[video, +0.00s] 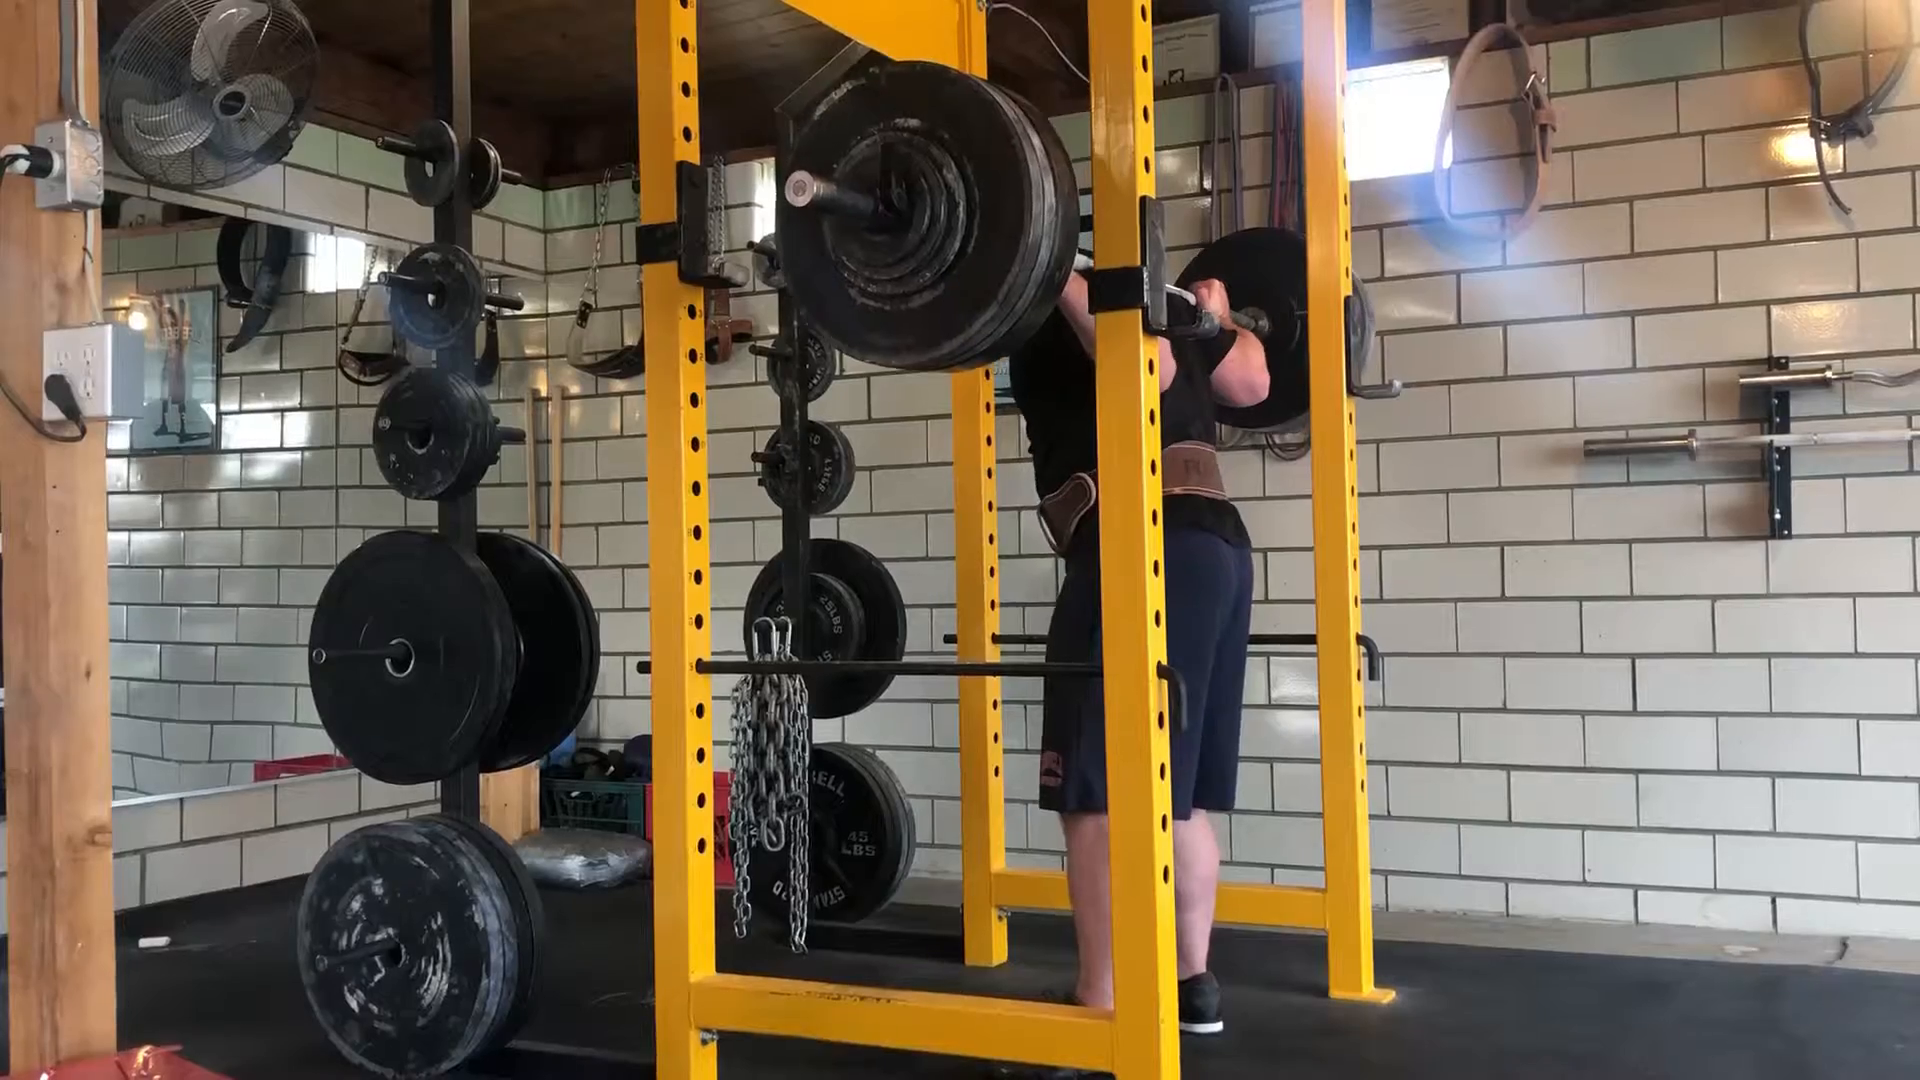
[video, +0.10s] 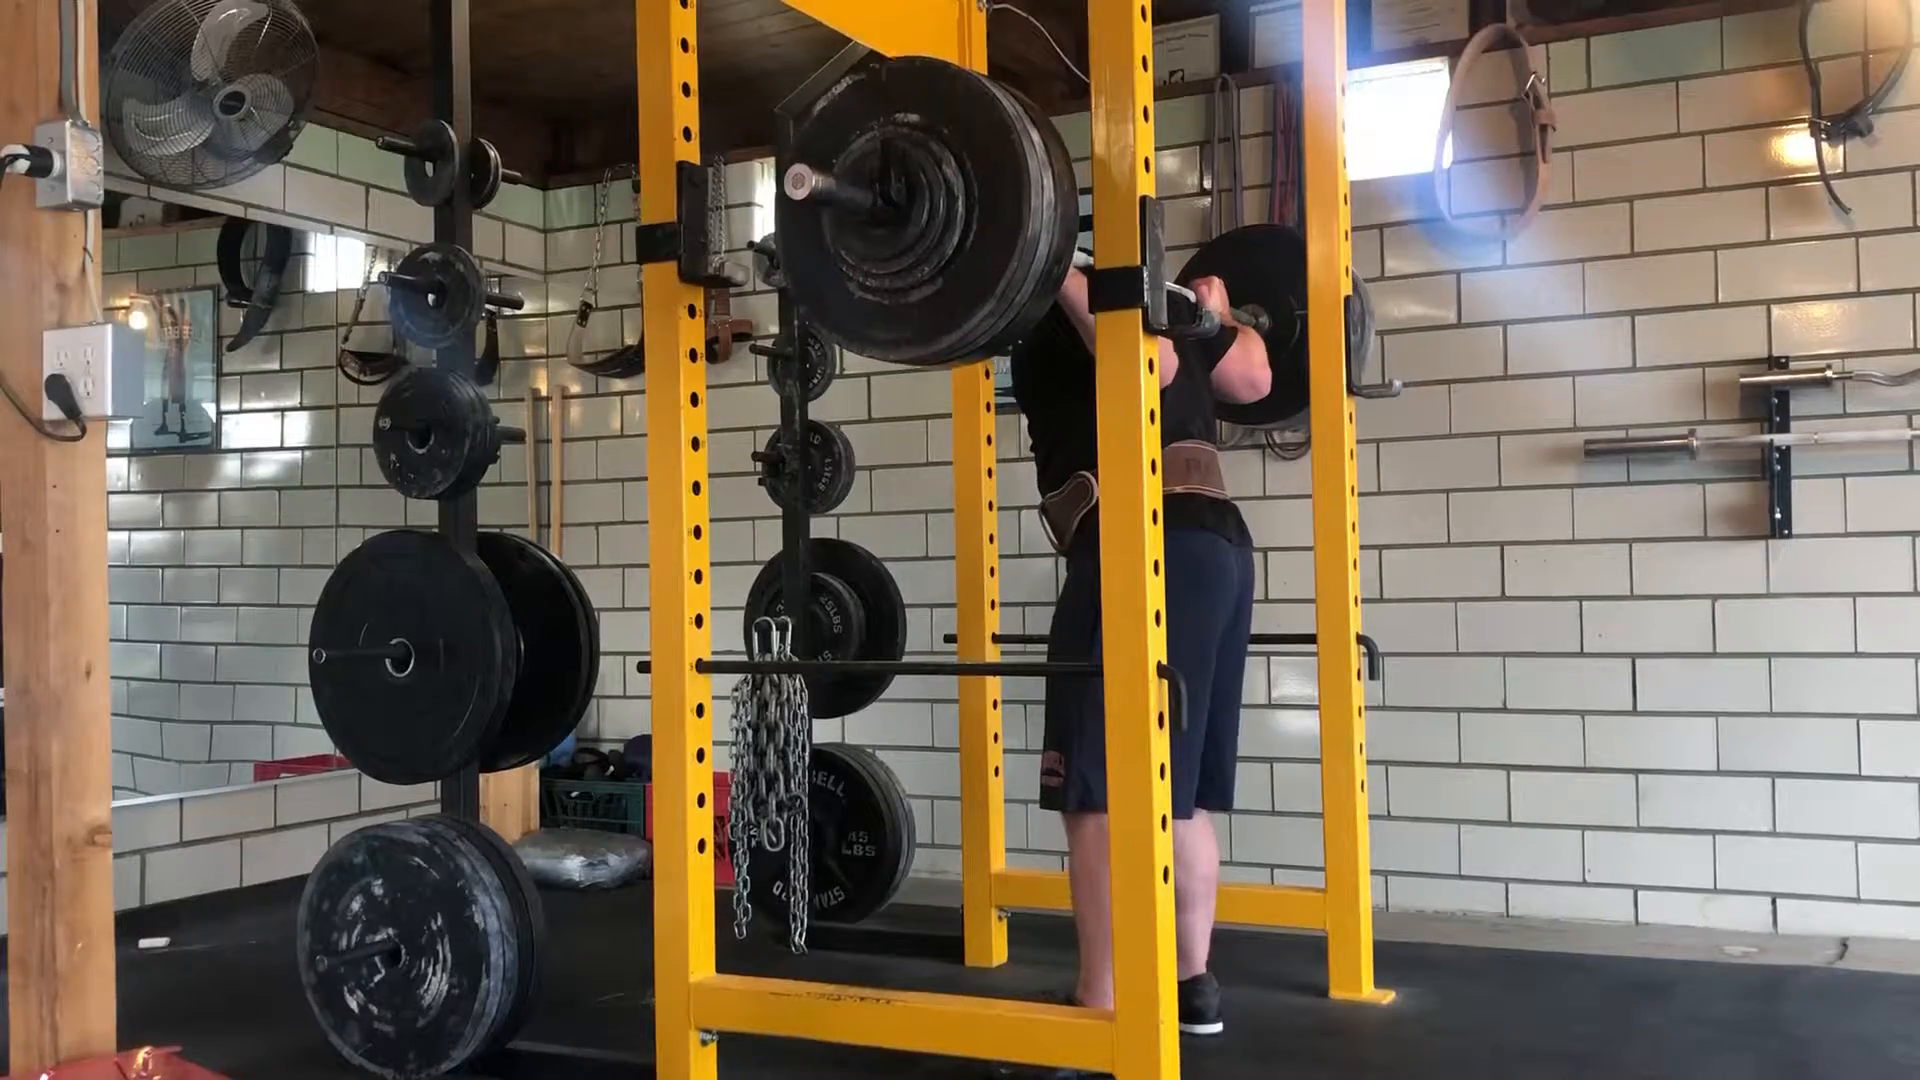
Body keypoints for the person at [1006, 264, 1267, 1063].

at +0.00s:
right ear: (1072, 225)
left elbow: (1145, 373)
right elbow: (1252, 380)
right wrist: (1214, 314)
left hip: (1130, 540)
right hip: (1215, 544)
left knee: (1090, 781)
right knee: (1191, 780)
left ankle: (1099, 1001)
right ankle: (1194, 985)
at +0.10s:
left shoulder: (1057, 305)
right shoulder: (1173, 305)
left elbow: (1153, 368)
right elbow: (1254, 377)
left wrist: (1067, 280)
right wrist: (1216, 311)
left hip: (1133, 542)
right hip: (1215, 546)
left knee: (1094, 787)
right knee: (1187, 786)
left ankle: (1099, 1004)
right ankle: (1192, 984)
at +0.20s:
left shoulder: (1058, 309)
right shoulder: (1174, 308)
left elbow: (1152, 368)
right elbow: (1254, 377)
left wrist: (1063, 276)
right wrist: (1218, 310)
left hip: (1135, 541)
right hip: (1217, 548)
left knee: (1097, 789)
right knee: (1188, 788)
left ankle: (1101, 1005)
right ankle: (1193, 986)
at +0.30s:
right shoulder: (1180, 314)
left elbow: (1148, 369)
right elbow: (1253, 379)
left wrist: (1066, 280)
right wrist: (1215, 312)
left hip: (1131, 540)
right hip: (1215, 542)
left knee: (1093, 787)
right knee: (1189, 785)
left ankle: (1100, 999)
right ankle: (1194, 984)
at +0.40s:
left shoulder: (1053, 295)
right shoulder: (1174, 304)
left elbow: (1145, 369)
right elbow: (1252, 379)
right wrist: (1216, 311)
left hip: (1130, 543)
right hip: (1217, 548)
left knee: (1096, 786)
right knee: (1190, 784)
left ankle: (1100, 1002)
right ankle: (1194, 986)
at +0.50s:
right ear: (1086, 238)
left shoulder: (1050, 303)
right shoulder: (1168, 302)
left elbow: (1142, 371)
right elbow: (1251, 378)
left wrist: (1067, 283)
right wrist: (1214, 310)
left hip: (1128, 544)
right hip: (1216, 547)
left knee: (1096, 787)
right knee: (1189, 785)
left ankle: (1100, 1003)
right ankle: (1194, 982)